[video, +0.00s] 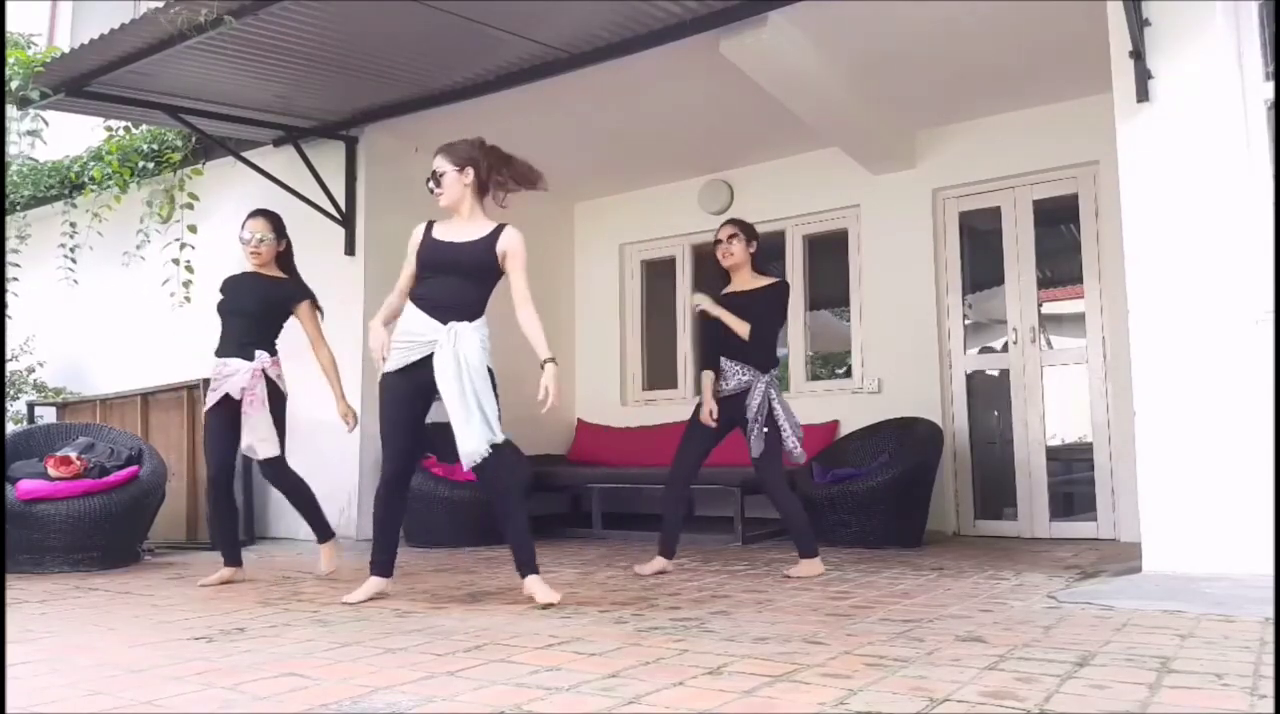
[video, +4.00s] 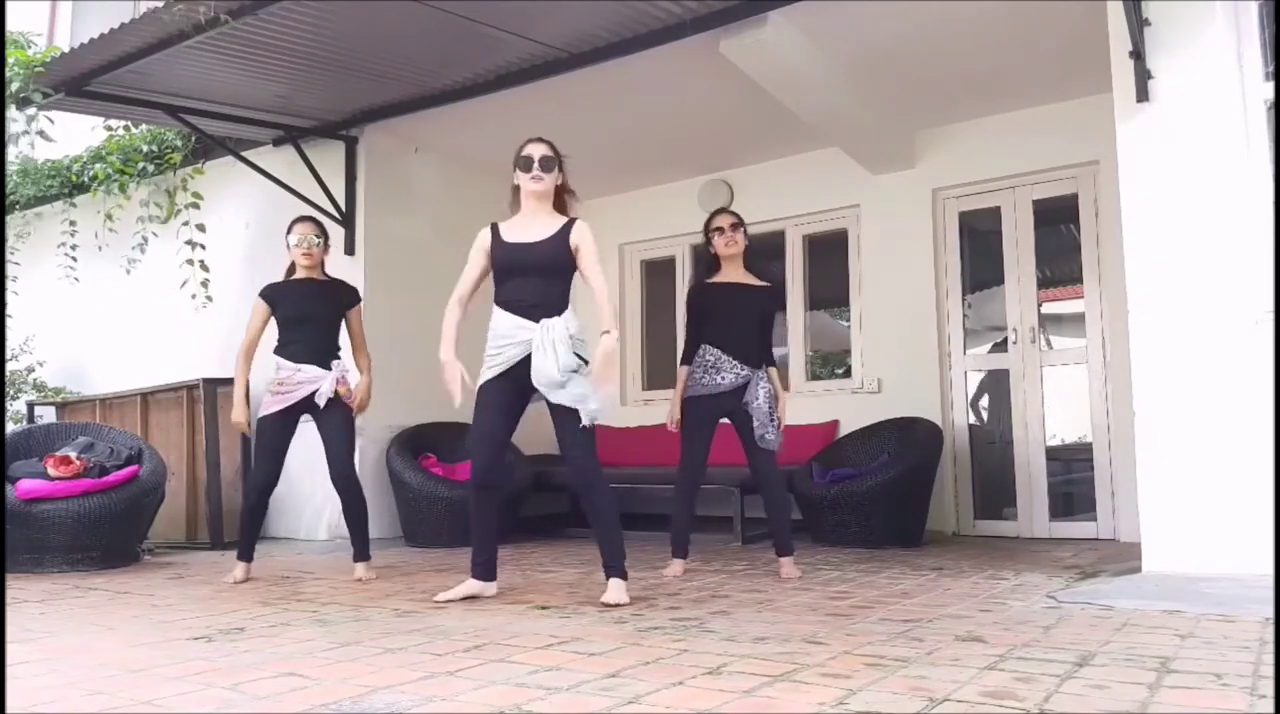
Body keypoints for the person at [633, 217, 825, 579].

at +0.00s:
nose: (723, 248)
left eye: (731, 240)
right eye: (719, 243)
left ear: (751, 246)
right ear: (717, 253)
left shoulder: (775, 288)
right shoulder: (720, 297)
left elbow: (761, 337)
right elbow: (710, 349)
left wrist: (718, 311)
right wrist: (707, 393)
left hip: (756, 391)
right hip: (720, 392)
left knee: (771, 478)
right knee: (681, 471)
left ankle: (810, 559)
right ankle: (665, 556)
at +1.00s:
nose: (753, 255)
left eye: (761, 249)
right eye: (746, 249)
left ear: (771, 258)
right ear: (736, 257)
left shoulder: (775, 302)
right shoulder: (717, 298)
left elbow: (802, 293)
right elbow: (713, 329)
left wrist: (784, 269)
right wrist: (720, 340)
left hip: (766, 391)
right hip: (727, 391)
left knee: (773, 474)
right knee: (685, 472)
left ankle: (802, 558)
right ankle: (691, 554)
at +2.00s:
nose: (725, 251)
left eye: (733, 245)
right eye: (718, 246)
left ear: (747, 252)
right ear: (712, 255)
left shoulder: (761, 296)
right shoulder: (699, 298)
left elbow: (799, 288)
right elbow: (681, 341)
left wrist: (763, 264)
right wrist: (667, 366)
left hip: (750, 391)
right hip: (706, 390)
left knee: (770, 474)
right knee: (686, 472)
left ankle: (792, 555)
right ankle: (670, 557)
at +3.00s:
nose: (702, 252)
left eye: (709, 246)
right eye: (694, 247)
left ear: (721, 250)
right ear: (687, 254)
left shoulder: (736, 293)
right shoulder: (676, 298)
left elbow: (769, 295)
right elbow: (654, 335)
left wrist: (740, 254)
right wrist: (636, 360)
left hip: (730, 389)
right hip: (687, 388)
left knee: (759, 473)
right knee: (669, 472)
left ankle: (768, 555)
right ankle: (645, 554)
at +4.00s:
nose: (727, 235)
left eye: (733, 229)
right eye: (718, 231)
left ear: (745, 236)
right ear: (710, 242)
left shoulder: (766, 289)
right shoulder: (700, 290)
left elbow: (767, 347)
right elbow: (690, 346)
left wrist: (781, 392)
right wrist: (676, 398)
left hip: (750, 389)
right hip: (702, 389)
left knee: (768, 472)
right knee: (688, 474)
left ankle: (785, 555)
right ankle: (678, 557)